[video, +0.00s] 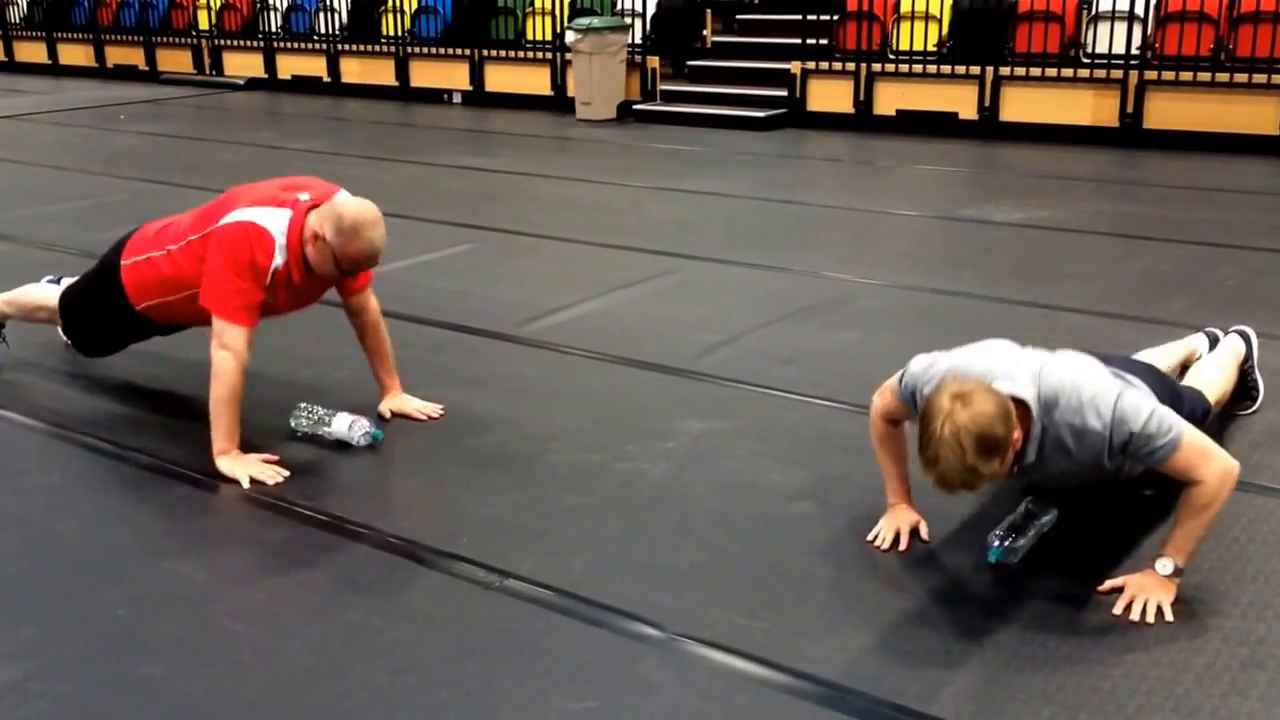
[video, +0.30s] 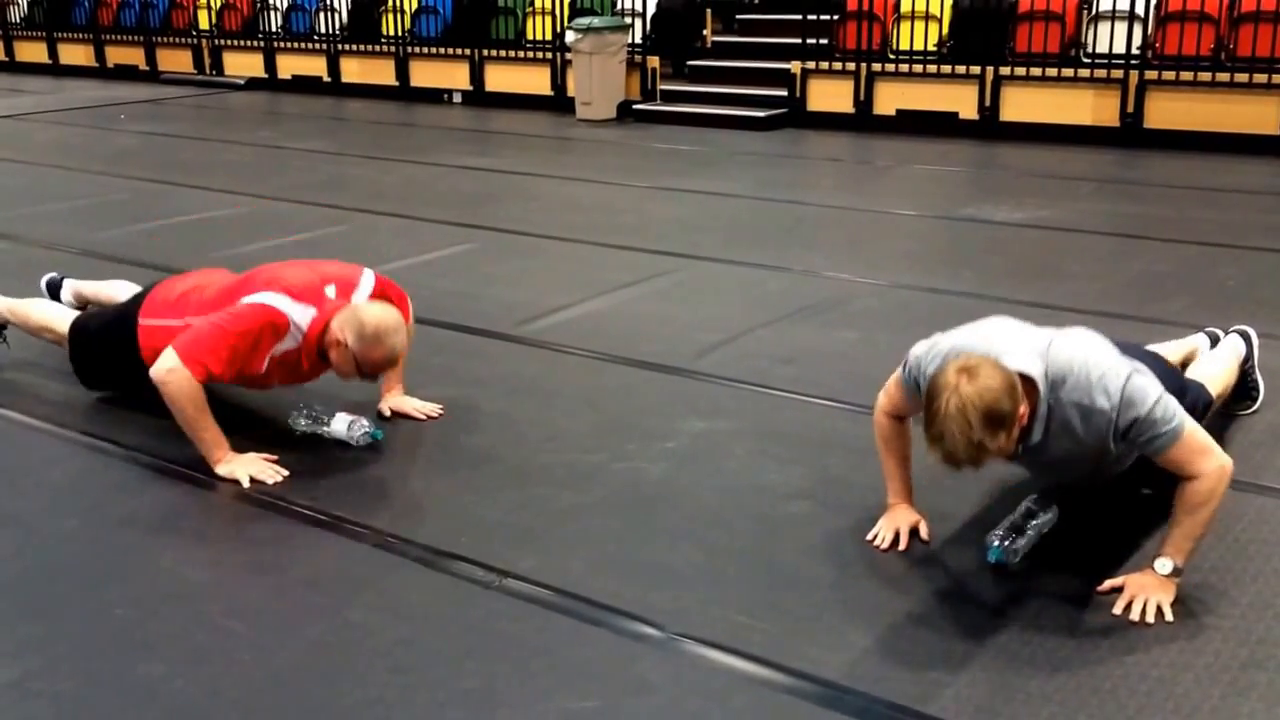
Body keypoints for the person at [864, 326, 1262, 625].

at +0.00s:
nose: (986, 487)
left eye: (990, 477)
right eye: (968, 481)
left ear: (1014, 439)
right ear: (936, 431)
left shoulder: (1104, 413)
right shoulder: (937, 377)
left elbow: (1219, 471)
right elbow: (883, 409)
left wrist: (1165, 571)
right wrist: (898, 503)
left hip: (1142, 400)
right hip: (1087, 372)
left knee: (1195, 397)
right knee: (1138, 369)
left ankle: (1236, 346)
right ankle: (1200, 341)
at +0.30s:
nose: (994, 460)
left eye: (997, 449)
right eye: (979, 455)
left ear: (1022, 411)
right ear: (947, 413)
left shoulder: (1108, 392)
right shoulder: (935, 362)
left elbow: (1212, 469)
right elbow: (888, 410)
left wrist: (1164, 570)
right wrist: (899, 503)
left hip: (1137, 388)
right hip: (1089, 364)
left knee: (1194, 394)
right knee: (1141, 363)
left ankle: (1236, 346)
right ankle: (1201, 340)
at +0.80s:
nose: (981, 496)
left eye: (985, 487)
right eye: (968, 490)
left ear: (1014, 451)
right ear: (934, 432)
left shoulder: (1105, 423)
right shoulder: (941, 383)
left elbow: (1223, 475)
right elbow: (879, 409)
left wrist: (1163, 571)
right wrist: (896, 502)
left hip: (1141, 406)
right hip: (1077, 379)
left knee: (1196, 399)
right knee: (1135, 376)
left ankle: (1235, 346)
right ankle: (1199, 341)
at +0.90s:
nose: (974, 520)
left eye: (981, 512)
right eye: (960, 515)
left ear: (1011, 469)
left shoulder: (1096, 432)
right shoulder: (946, 395)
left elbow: (1222, 477)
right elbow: (878, 407)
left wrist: (1163, 572)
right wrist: (895, 502)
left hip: (1133, 414)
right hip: (1065, 390)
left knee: (1194, 405)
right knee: (1129, 386)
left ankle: (1234, 346)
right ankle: (1197, 341)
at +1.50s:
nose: (979, 483)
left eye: (984, 475)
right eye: (962, 478)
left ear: (1009, 432)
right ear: (932, 427)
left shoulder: (1100, 407)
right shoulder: (930, 372)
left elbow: (1210, 469)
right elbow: (880, 412)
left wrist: (1158, 572)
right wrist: (893, 503)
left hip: (1137, 398)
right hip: (1087, 372)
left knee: (1193, 393)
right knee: (1133, 365)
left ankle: (1235, 346)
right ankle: (1201, 339)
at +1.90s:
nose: (982, 423)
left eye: (989, 412)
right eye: (967, 417)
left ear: (1020, 366)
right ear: (944, 367)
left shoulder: (1112, 355)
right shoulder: (934, 331)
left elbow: (1185, 459)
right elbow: (896, 409)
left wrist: (1158, 571)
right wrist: (894, 503)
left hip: (1144, 372)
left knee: (1197, 378)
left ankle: (1237, 347)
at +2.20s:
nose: (979, 445)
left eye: (986, 434)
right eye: (965, 438)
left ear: (1019, 397)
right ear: (942, 399)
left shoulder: (1106, 382)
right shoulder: (931, 356)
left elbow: (1204, 466)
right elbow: (886, 408)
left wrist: (1158, 571)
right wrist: (894, 505)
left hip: (1135, 404)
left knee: (1194, 392)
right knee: (1138, 364)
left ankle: (1233, 346)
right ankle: (1197, 341)